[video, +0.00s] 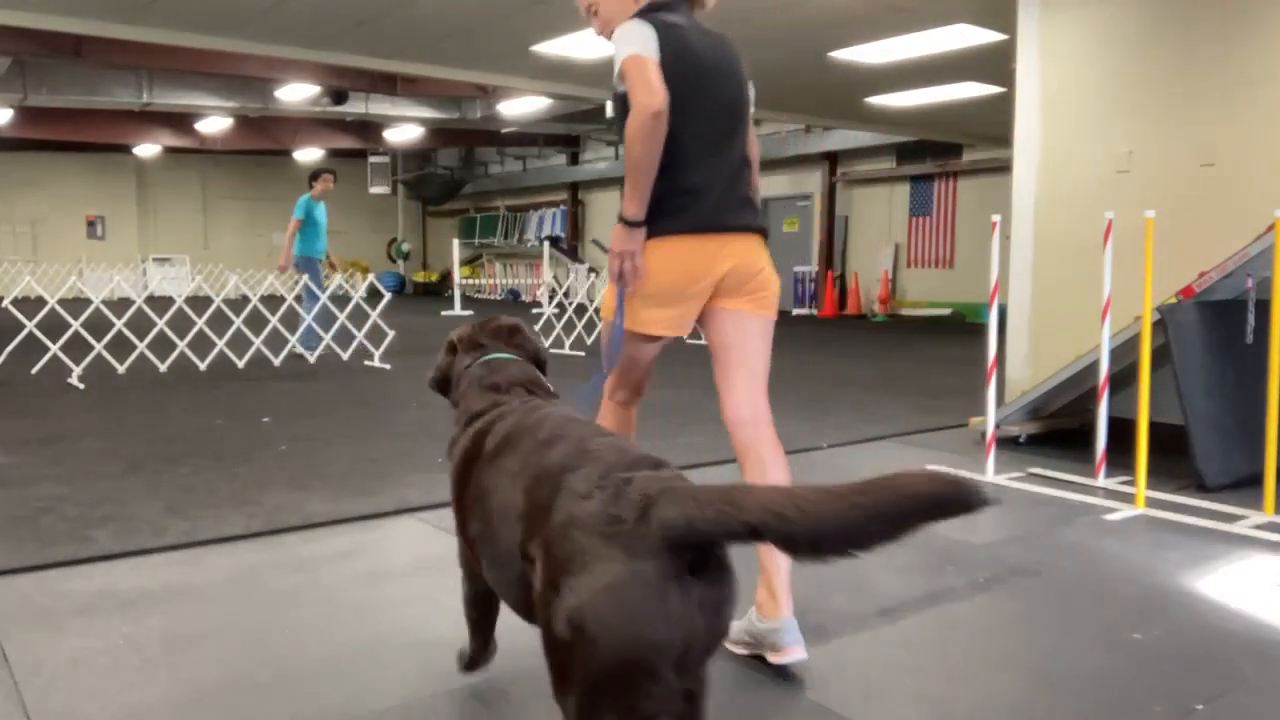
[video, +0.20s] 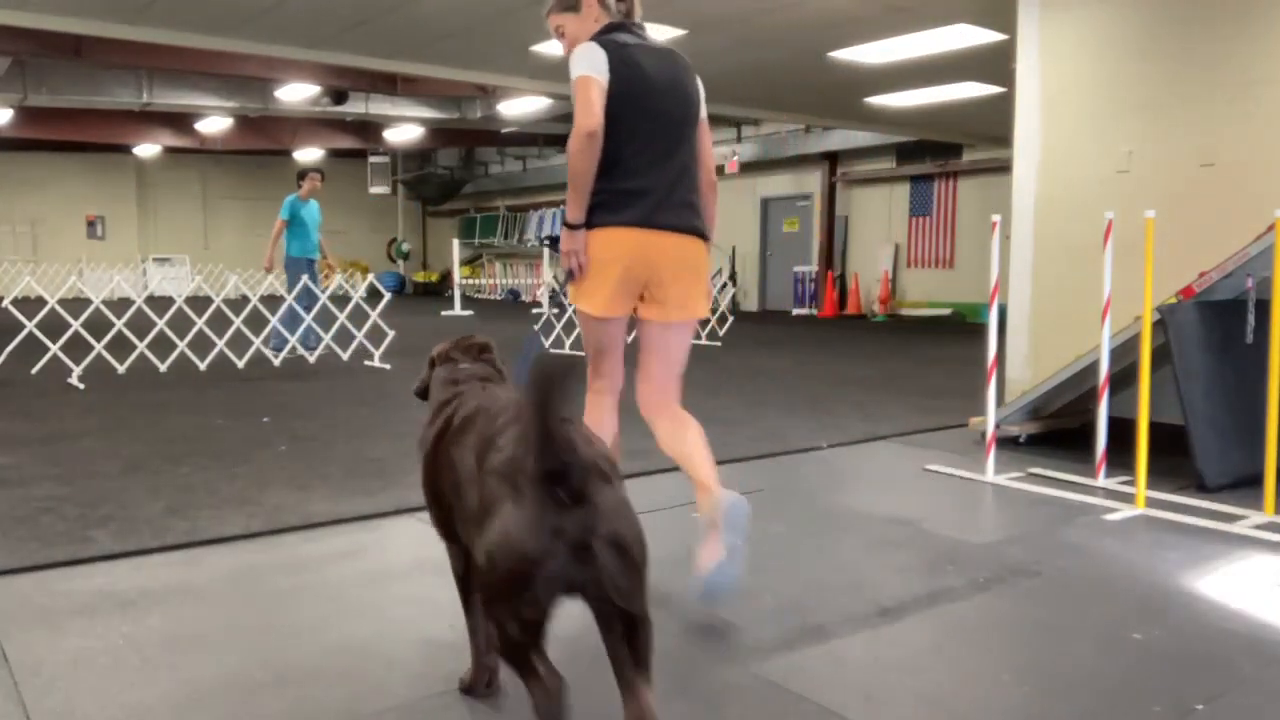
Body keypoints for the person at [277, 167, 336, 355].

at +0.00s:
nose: (330, 186)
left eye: (332, 182)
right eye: (326, 181)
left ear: (331, 185)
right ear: (315, 182)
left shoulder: (321, 204)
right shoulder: (305, 201)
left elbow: (321, 236)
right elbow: (292, 230)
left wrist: (329, 257)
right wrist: (285, 258)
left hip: (317, 257)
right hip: (306, 256)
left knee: (311, 299)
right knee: (316, 298)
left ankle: (306, 341)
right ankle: (307, 342)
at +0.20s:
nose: (317, 184)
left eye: (319, 181)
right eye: (313, 180)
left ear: (320, 185)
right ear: (302, 182)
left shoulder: (315, 205)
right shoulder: (291, 201)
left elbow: (317, 235)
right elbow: (279, 227)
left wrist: (326, 257)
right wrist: (270, 256)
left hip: (311, 259)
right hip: (296, 258)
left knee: (311, 300)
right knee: (298, 300)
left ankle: (309, 342)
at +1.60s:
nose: (289, 184)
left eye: (293, 181)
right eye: (286, 179)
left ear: (296, 185)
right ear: (276, 182)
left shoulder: (291, 205)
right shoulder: (268, 203)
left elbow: (293, 234)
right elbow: (261, 232)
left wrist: (297, 259)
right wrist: (265, 259)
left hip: (294, 256)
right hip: (278, 256)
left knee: (289, 299)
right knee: (285, 297)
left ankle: (282, 340)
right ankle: (276, 342)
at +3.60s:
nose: (278, 184)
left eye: (281, 182)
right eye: (274, 180)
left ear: (284, 187)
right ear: (265, 184)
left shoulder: (277, 206)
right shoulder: (258, 204)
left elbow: (281, 232)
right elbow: (255, 234)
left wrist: (288, 256)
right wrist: (260, 262)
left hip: (286, 256)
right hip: (274, 257)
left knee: (281, 300)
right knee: (282, 299)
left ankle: (276, 341)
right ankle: (276, 343)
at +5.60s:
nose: (283, 188)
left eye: (286, 184)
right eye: (279, 183)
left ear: (287, 188)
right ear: (270, 185)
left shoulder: (277, 206)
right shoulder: (262, 204)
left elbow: (280, 233)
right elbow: (260, 234)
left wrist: (287, 255)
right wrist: (267, 261)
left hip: (286, 256)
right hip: (278, 257)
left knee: (276, 299)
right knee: (286, 298)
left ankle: (272, 340)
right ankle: (276, 342)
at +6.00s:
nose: (282, 187)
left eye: (285, 184)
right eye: (278, 183)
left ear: (287, 188)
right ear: (269, 185)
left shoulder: (276, 207)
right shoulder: (262, 204)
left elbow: (279, 233)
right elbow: (260, 234)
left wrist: (288, 256)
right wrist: (266, 262)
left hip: (286, 256)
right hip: (277, 257)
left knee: (276, 299)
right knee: (286, 299)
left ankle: (272, 340)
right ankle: (276, 342)